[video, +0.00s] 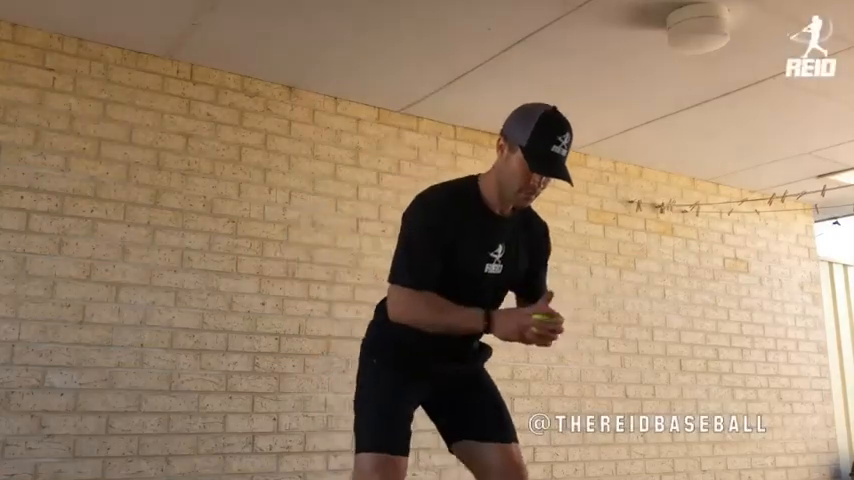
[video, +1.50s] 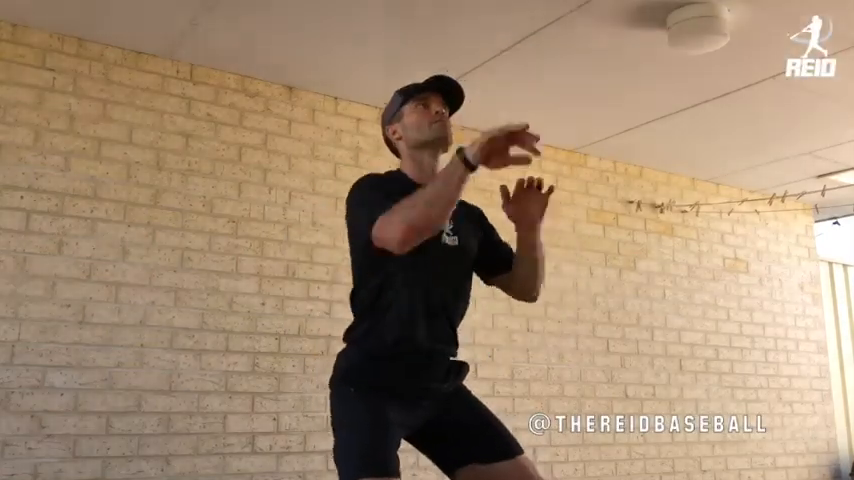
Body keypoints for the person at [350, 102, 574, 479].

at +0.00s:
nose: (538, 183)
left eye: (548, 174)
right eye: (532, 167)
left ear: (555, 174)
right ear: (503, 148)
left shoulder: (532, 233)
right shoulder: (434, 207)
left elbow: (530, 302)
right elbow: (402, 305)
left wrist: (538, 320)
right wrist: (492, 321)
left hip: (458, 362)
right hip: (394, 355)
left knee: (508, 470)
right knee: (380, 472)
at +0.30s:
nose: (478, 161)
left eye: (488, 150)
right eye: (469, 144)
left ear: (496, 152)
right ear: (436, 133)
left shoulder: (481, 224)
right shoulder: (373, 206)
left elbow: (487, 300)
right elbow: (349, 316)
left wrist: (496, 326)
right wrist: (441, 334)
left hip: (421, 367)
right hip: (351, 362)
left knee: (492, 472)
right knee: (364, 472)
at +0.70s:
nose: (444, 120)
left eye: (450, 113)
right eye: (427, 112)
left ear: (458, 128)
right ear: (400, 133)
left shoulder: (473, 218)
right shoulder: (371, 210)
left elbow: (511, 307)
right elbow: (389, 299)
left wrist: (526, 289)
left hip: (434, 377)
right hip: (367, 377)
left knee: (515, 474)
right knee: (380, 473)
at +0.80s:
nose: (448, 122)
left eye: (455, 116)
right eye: (432, 116)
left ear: (465, 133)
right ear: (409, 138)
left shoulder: (488, 216)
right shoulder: (385, 209)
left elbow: (534, 301)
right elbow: (392, 287)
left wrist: (548, 273)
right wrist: (446, 215)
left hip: (454, 381)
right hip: (387, 379)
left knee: (529, 474)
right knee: (395, 474)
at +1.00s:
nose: (448, 120)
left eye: (457, 114)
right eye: (433, 115)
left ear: (471, 135)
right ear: (418, 135)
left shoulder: (500, 217)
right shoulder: (397, 207)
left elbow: (555, 289)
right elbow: (405, 254)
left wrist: (568, 256)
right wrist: (419, 161)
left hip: (473, 384)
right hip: (406, 379)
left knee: (544, 474)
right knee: (408, 473)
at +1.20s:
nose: (445, 115)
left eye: (451, 110)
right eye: (426, 110)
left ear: (460, 128)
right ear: (403, 141)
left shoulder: (481, 222)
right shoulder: (393, 194)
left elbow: (523, 294)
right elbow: (434, 200)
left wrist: (547, 257)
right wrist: (453, 108)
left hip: (452, 384)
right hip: (387, 382)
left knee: (530, 475)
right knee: (388, 474)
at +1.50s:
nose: (438, 110)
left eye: (443, 107)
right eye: (421, 105)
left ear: (451, 128)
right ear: (394, 132)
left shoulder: (468, 217)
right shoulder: (372, 190)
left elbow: (526, 288)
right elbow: (397, 234)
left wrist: (528, 229)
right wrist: (468, 158)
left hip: (437, 384)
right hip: (368, 381)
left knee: (518, 473)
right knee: (371, 471)